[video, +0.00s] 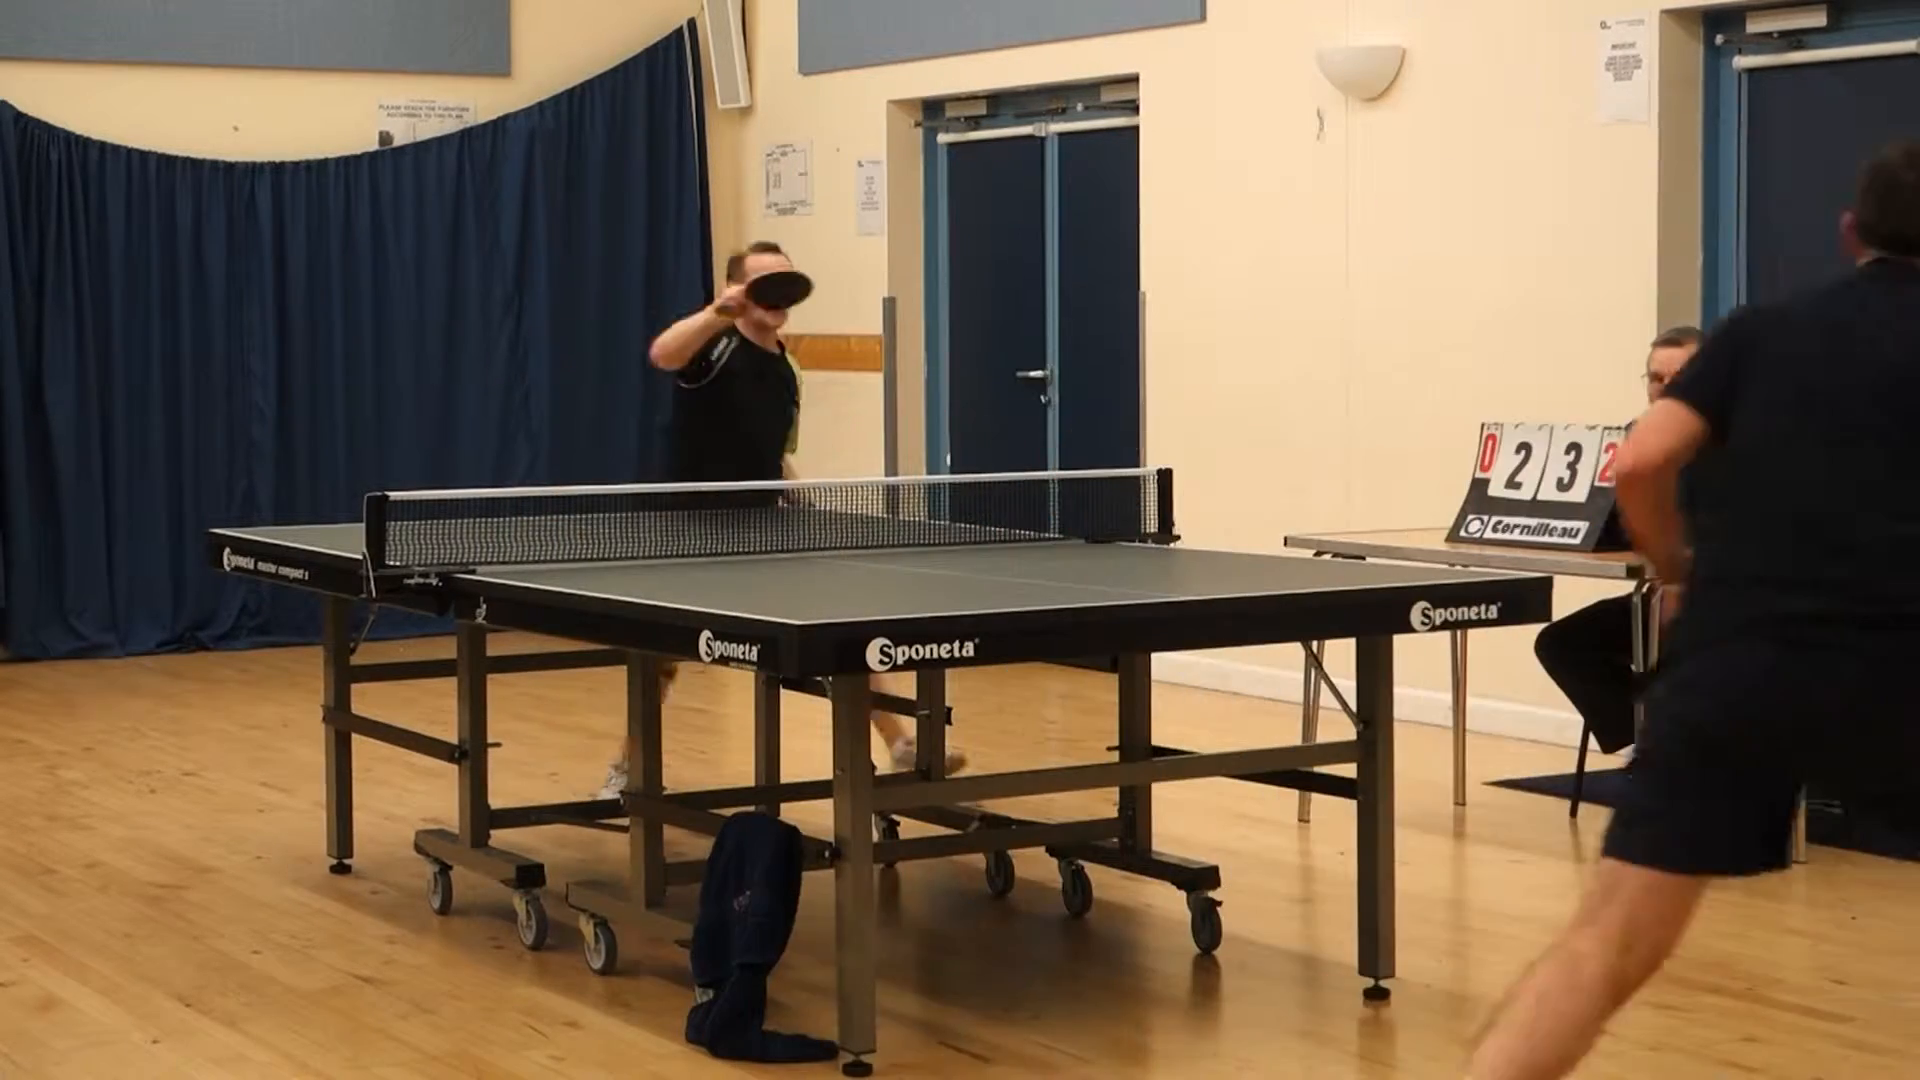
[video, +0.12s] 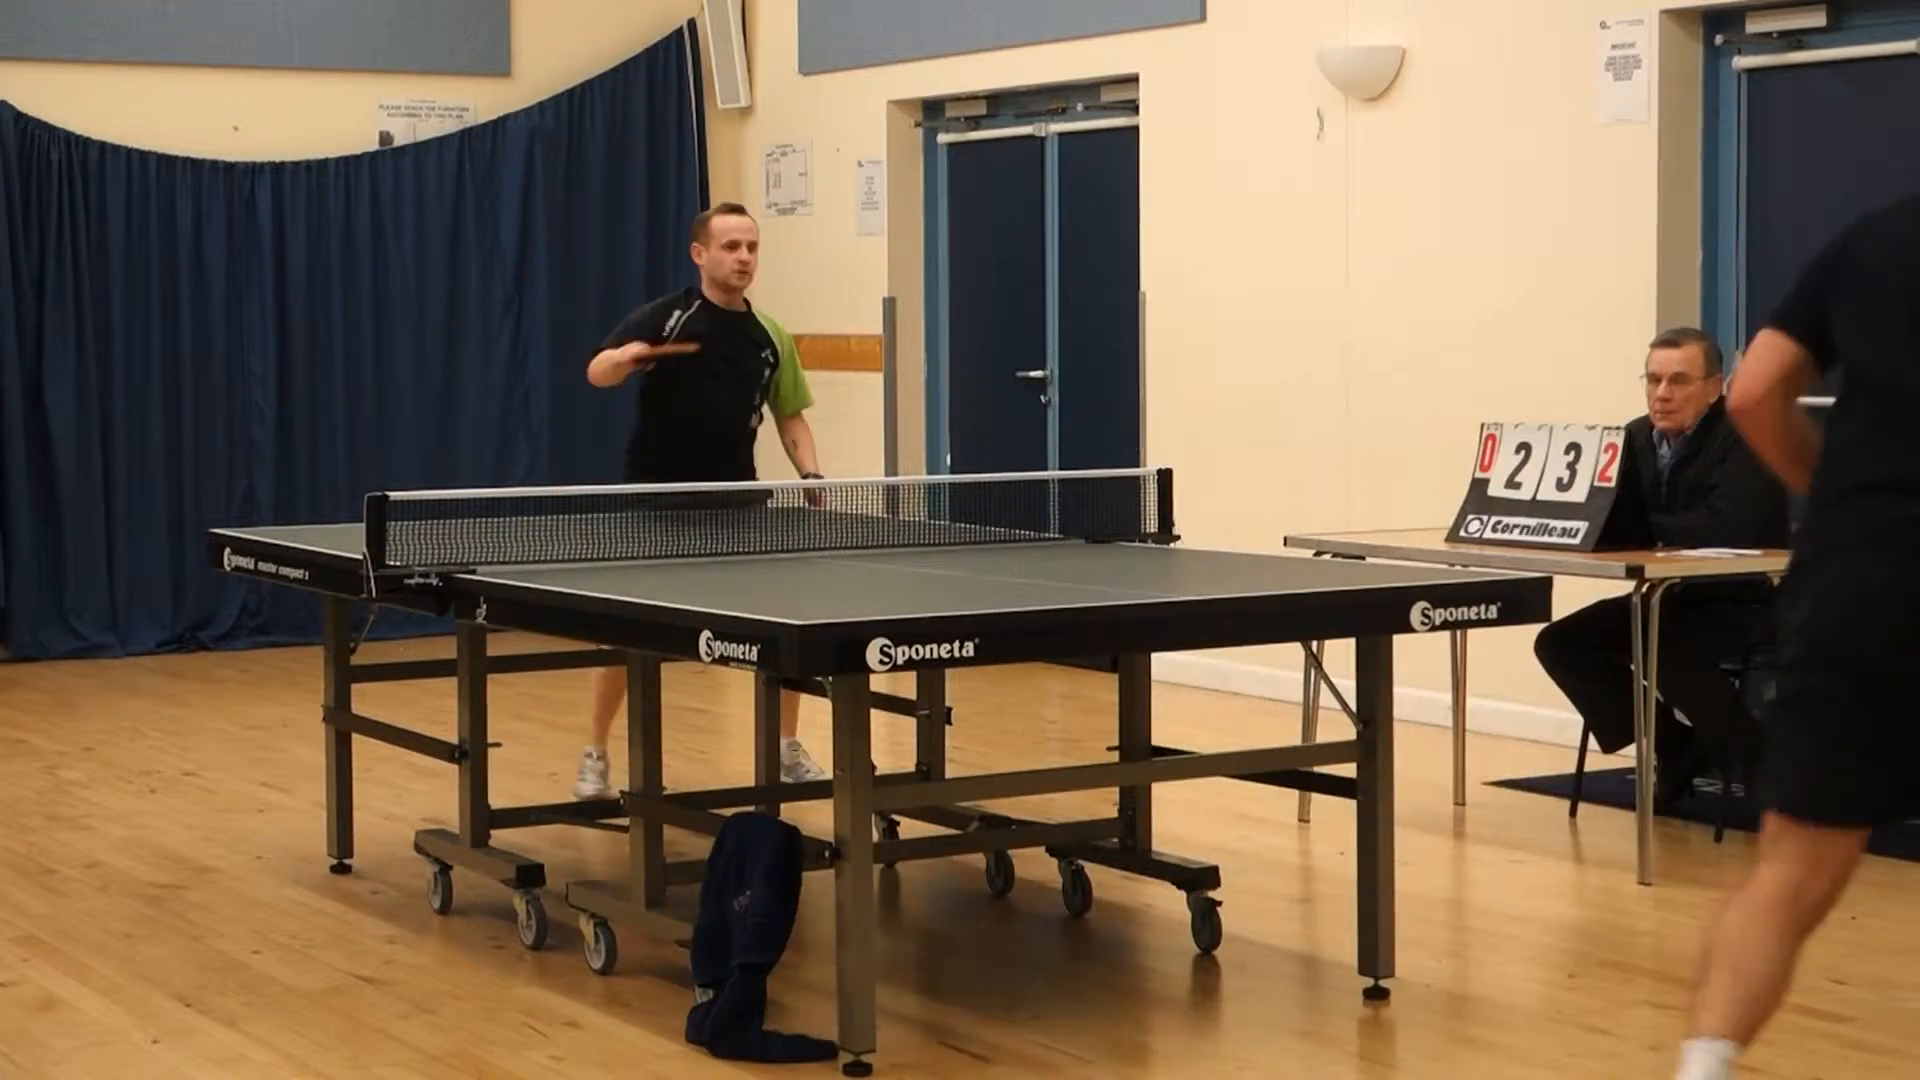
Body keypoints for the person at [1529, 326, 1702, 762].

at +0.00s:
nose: (1666, 390)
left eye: (1679, 379)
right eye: (1657, 379)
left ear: (1704, 383)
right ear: (1646, 381)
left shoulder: (1722, 445)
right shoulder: (1639, 440)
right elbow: (1602, 534)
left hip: (1720, 602)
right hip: (1662, 595)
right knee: (1559, 643)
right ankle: (1646, 742)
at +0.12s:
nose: (1662, 393)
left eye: (1678, 381)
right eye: (1654, 380)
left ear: (1715, 388)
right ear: (1644, 384)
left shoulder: (1746, 441)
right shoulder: (1637, 438)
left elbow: (1734, 527)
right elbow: (1609, 519)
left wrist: (1642, 529)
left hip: (1744, 602)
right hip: (1663, 596)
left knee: (1672, 647)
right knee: (1560, 644)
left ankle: (1746, 748)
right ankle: (1675, 743)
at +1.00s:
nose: (1649, 368)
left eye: (1664, 357)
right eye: (1648, 357)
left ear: (1709, 365)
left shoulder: (1755, 427)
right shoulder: (1644, 428)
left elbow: (1748, 512)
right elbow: (1611, 525)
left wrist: (1662, 462)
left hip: (1750, 595)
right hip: (1669, 592)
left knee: (1668, 646)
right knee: (1562, 644)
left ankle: (1750, 747)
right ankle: (1671, 741)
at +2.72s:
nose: (1646, 395)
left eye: (1656, 382)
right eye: (1641, 383)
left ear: (1700, 370)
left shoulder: (1761, 428)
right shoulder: (1647, 434)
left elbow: (1769, 524)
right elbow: (1618, 512)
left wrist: (1679, 513)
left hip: (1753, 596)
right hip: (1671, 594)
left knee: (1669, 645)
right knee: (1562, 643)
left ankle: (1756, 753)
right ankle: (1675, 744)